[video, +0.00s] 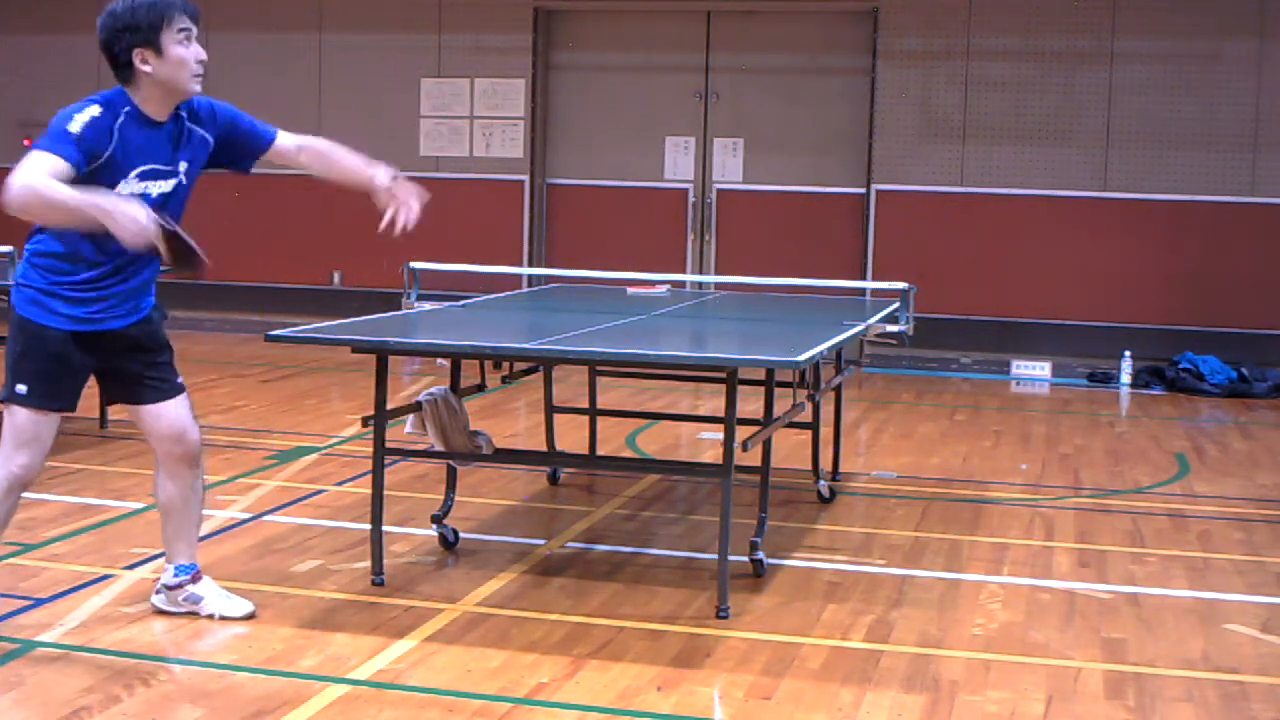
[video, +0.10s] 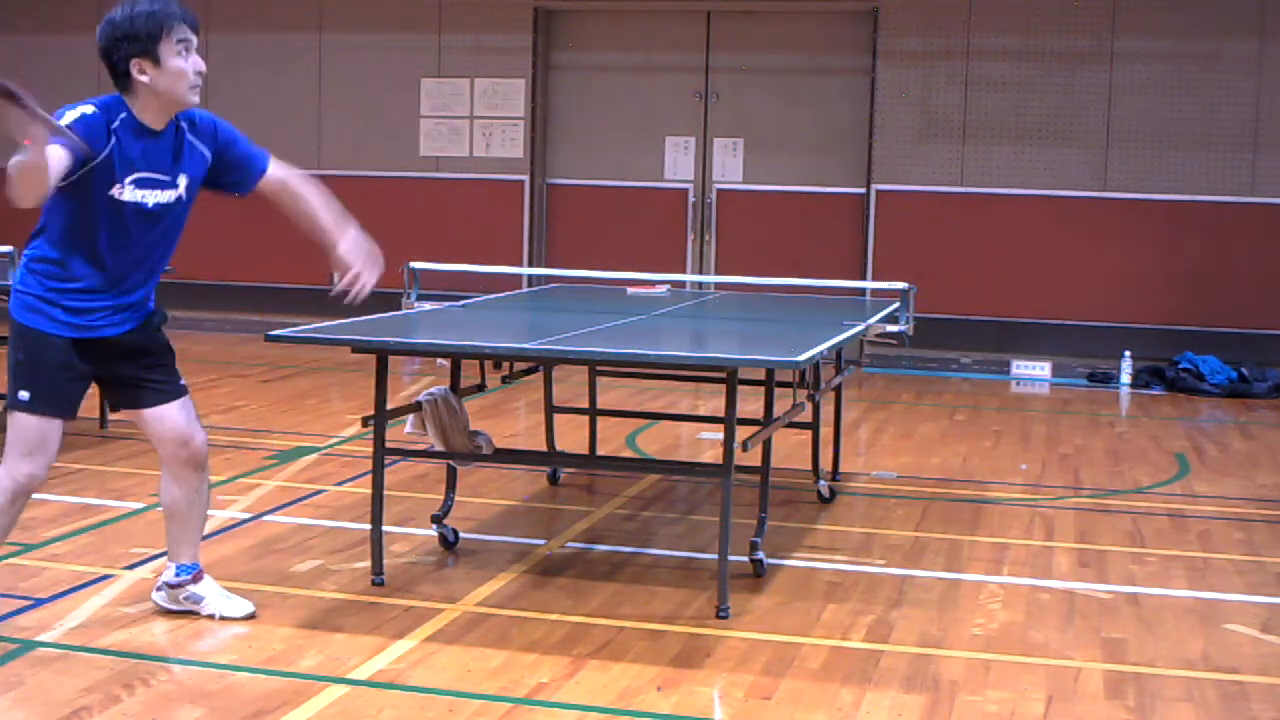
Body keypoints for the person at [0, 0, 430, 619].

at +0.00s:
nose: (202, 52)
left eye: (198, 39)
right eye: (185, 40)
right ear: (142, 59)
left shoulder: (206, 122)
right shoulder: (92, 121)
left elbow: (302, 150)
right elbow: (21, 190)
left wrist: (381, 177)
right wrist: (107, 208)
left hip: (131, 310)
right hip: (51, 310)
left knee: (180, 440)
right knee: (17, 467)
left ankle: (180, 578)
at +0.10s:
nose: (200, 65)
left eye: (198, 50)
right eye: (183, 51)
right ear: (138, 68)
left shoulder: (204, 135)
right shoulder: (93, 125)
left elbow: (286, 183)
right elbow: (24, 195)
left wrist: (348, 236)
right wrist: (32, 152)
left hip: (130, 316)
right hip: (48, 313)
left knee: (187, 447)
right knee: (23, 470)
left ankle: (183, 577)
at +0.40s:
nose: (288, 144)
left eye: (295, 132)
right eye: (288, 127)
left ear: (254, 111)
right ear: (251, 106)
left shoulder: (218, 160)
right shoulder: (181, 125)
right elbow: (209, 202)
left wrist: (305, 284)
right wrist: (311, 275)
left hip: (146, 318)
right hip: (71, 315)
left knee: (214, 446)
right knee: (30, 473)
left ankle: (232, 590)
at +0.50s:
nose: (331, 143)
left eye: (335, 131)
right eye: (329, 129)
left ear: (290, 113)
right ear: (298, 115)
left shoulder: (241, 145)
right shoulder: (250, 154)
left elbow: (320, 246)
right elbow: (320, 250)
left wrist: (385, 324)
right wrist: (388, 328)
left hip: (165, 323)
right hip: (95, 319)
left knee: (231, 448)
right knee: (37, 473)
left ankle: (233, 592)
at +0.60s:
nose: (353, 139)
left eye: (357, 124)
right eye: (355, 124)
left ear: (303, 110)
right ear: (330, 119)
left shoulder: (257, 144)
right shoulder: (289, 162)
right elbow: (346, 266)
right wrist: (396, 334)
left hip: (185, 326)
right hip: (118, 318)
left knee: (237, 444)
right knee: (68, 473)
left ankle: (233, 591)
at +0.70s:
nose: (359, 120)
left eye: (363, 106)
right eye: (361, 106)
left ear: (299, 91)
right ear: (339, 104)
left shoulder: (247, 130)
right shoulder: (304, 153)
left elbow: (153, 196)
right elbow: (348, 262)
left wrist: (122, 281)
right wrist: (393, 335)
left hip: (191, 320)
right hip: (135, 313)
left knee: (236, 444)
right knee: (106, 476)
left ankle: (234, 592)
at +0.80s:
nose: (348, 95)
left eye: (349, 82)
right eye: (348, 82)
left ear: (285, 71)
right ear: (326, 79)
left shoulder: (240, 116)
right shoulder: (293, 135)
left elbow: (147, 179)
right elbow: (332, 251)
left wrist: (147, 272)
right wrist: (380, 330)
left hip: (195, 315)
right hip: (140, 308)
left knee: (233, 445)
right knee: (139, 477)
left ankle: (235, 590)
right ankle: (16, 591)